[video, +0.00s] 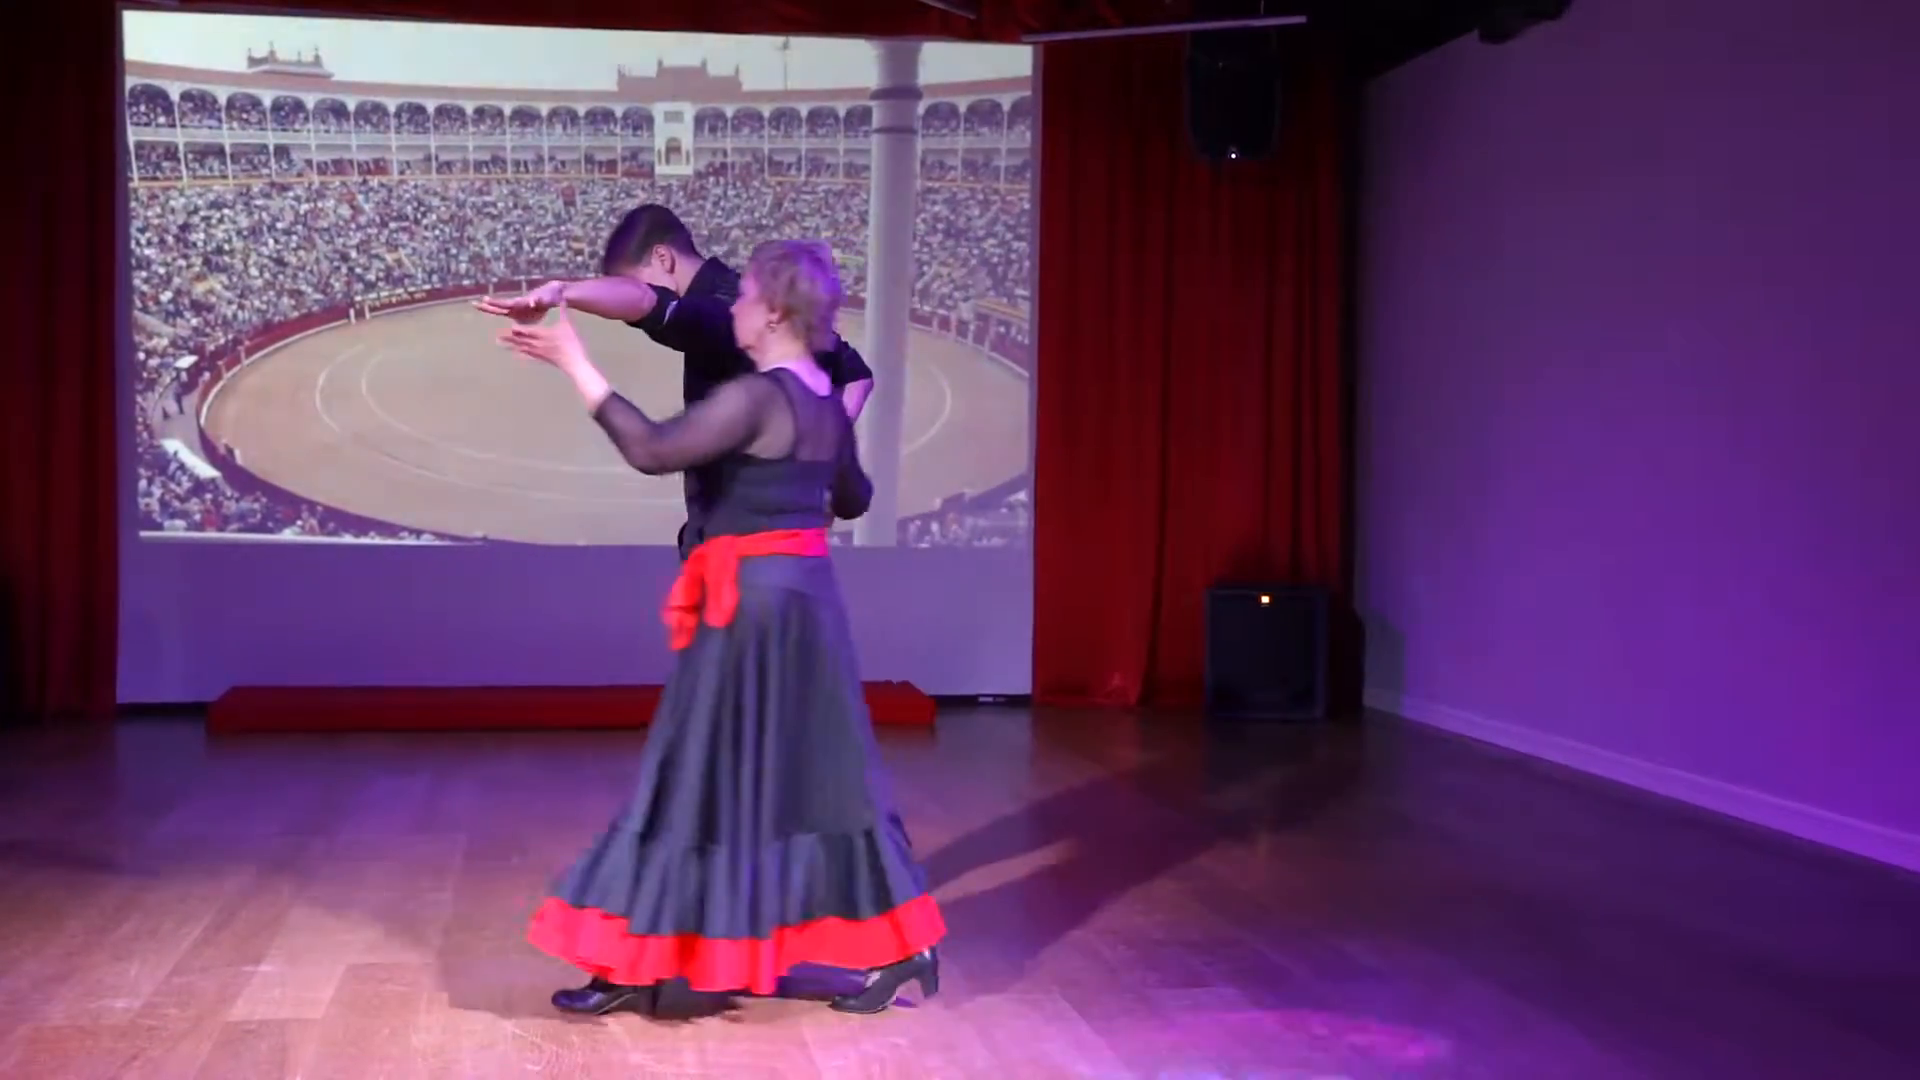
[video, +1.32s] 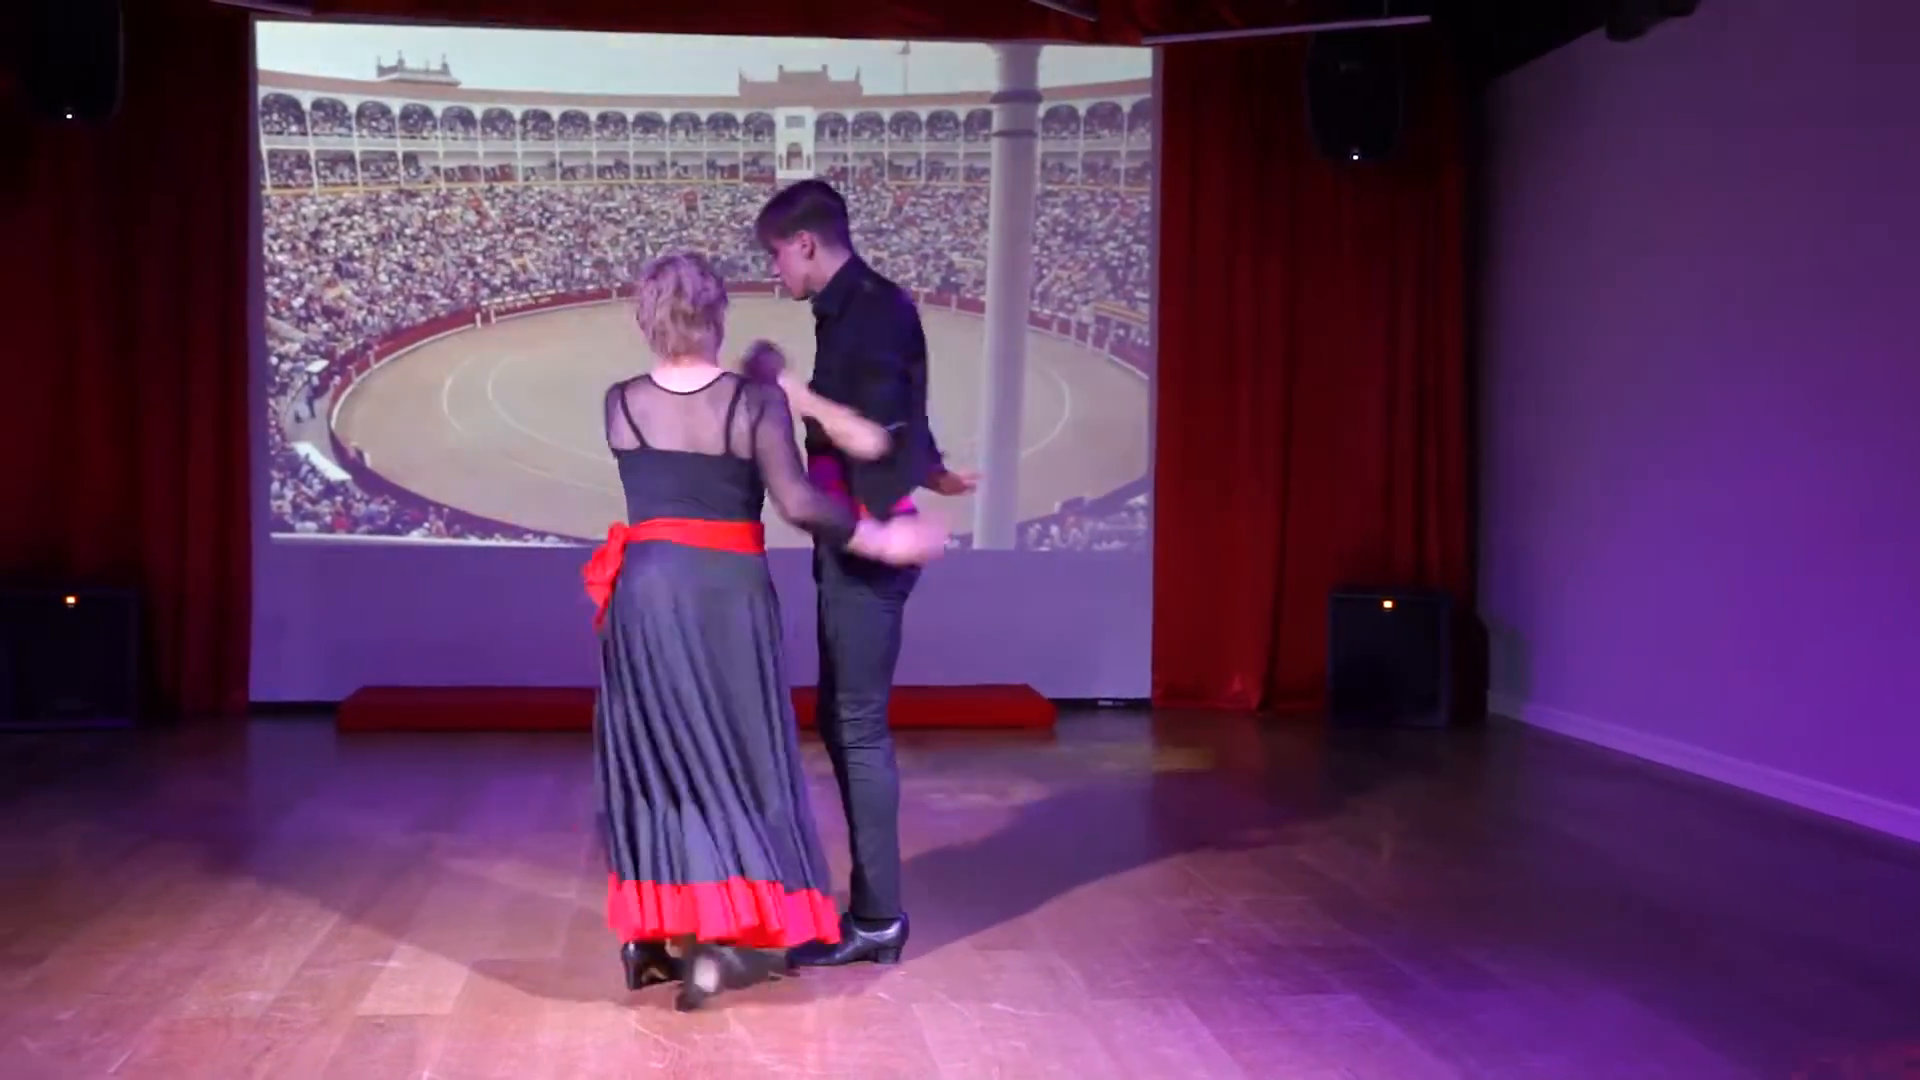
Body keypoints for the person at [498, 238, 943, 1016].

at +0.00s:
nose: (734, 306)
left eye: (744, 293)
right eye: (740, 291)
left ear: (771, 310)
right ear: (812, 313)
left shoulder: (749, 396)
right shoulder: (828, 405)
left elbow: (649, 451)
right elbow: (853, 499)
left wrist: (576, 364)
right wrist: (823, 444)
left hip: (750, 599)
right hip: (812, 595)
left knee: (696, 768)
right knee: (834, 765)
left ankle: (651, 957)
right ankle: (901, 941)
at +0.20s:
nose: (665, 305)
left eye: (675, 293)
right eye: (669, 291)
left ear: (705, 308)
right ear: (744, 313)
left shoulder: (674, 391)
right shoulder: (770, 404)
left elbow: (556, 421)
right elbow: (814, 503)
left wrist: (514, 322)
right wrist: (810, 517)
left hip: (664, 584)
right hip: (728, 584)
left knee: (637, 763)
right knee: (736, 757)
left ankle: (628, 959)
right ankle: (794, 927)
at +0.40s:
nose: (636, 301)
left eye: (645, 289)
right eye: (640, 286)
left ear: (674, 302)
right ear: (718, 304)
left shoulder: (638, 380)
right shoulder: (739, 397)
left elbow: (515, 394)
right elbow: (792, 495)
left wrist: (481, 293)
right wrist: (815, 494)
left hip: (638, 581)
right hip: (702, 583)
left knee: (626, 761)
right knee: (684, 759)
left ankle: (638, 957)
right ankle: (674, 951)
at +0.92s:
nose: (652, 303)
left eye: (656, 292)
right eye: (658, 292)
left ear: (668, 301)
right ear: (737, 306)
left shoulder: (639, 377)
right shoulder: (759, 395)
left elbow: (519, 372)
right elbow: (823, 483)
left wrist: (479, 279)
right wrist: (867, 478)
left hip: (658, 583)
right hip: (729, 585)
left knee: (657, 758)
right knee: (716, 760)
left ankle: (684, 951)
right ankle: (708, 951)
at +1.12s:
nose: (734, 285)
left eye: (736, 269)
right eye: (732, 270)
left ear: (764, 258)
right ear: (794, 252)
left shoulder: (782, 336)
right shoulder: (882, 308)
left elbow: (665, 358)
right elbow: (955, 395)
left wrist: (561, 293)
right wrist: (906, 453)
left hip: (832, 538)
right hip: (892, 528)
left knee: (830, 728)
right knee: (859, 724)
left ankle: (850, 916)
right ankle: (861, 904)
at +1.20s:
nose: (752, 280)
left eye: (755, 263)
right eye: (749, 265)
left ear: (786, 251)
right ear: (807, 247)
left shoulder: (822, 326)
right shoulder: (879, 309)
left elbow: (758, 414)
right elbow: (937, 412)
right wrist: (900, 466)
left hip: (845, 543)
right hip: (878, 534)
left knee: (844, 731)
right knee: (848, 727)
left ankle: (862, 917)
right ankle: (864, 909)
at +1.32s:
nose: (775, 273)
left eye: (777, 256)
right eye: (772, 257)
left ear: (811, 244)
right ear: (816, 242)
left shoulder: (870, 312)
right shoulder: (853, 307)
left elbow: (873, 434)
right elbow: (884, 414)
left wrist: (794, 389)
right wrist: (931, 469)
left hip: (868, 547)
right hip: (850, 542)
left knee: (859, 730)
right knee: (844, 725)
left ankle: (878, 916)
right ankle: (871, 905)